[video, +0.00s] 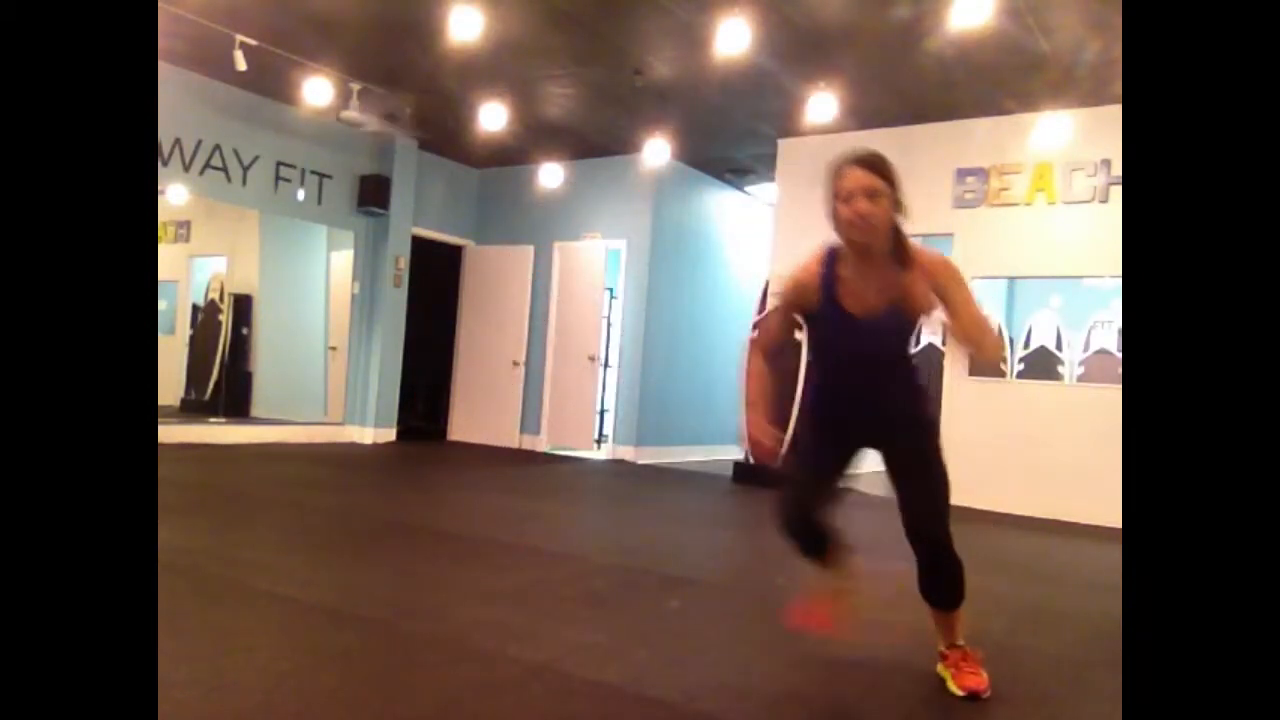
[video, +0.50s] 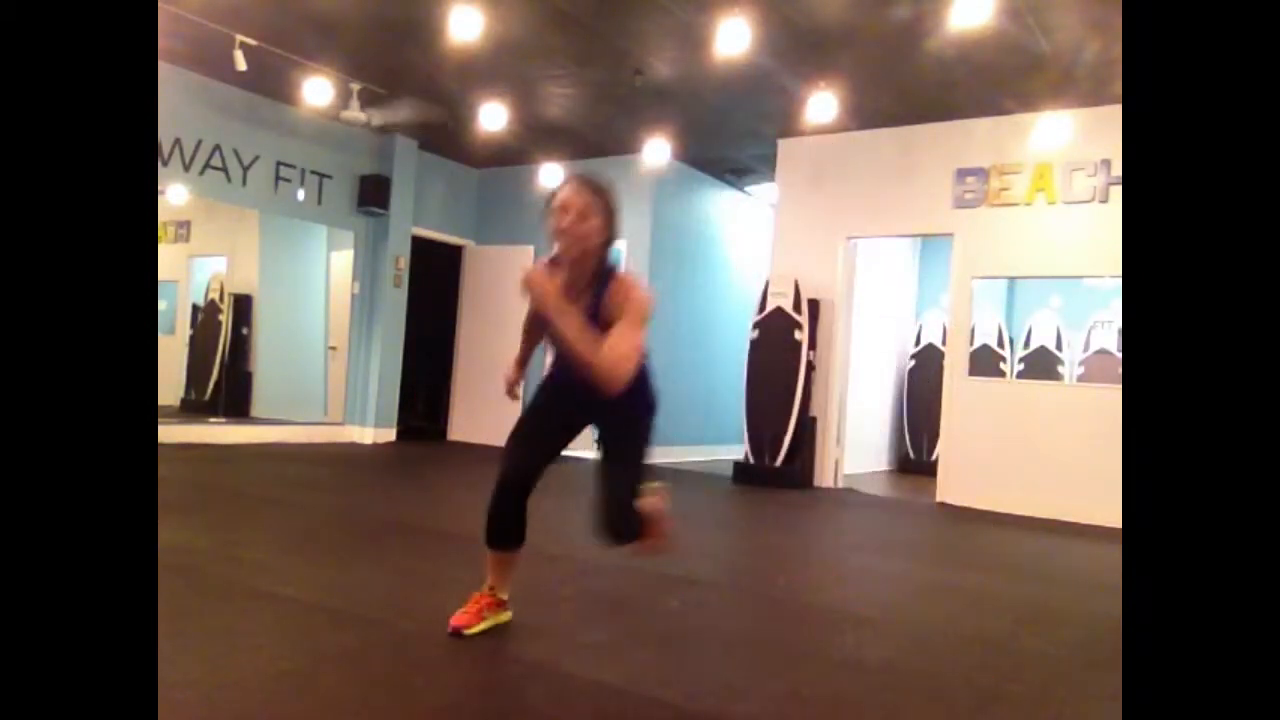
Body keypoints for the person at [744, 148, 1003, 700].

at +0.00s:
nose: (859, 208)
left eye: (872, 196)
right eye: (847, 198)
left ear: (894, 207)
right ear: (833, 211)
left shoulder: (928, 272)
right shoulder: (811, 278)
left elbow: (990, 350)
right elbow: (761, 347)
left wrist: (955, 314)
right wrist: (758, 418)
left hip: (899, 409)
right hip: (830, 410)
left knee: (930, 532)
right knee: (796, 515)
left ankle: (953, 647)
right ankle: (841, 571)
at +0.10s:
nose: (797, 158)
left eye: (810, 148)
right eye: (787, 148)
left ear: (835, 158)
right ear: (775, 159)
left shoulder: (865, 210)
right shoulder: (766, 234)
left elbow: (926, 247)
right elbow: (711, 284)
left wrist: (835, 210)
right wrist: (672, 336)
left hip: (850, 384)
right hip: (782, 381)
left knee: (903, 507)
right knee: (710, 442)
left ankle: (952, 643)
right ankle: (703, 542)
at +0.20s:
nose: (732, 121)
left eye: (747, 110)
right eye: (721, 111)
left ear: (773, 121)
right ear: (709, 124)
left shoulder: (800, 183)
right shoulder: (700, 197)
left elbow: (851, 225)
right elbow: (658, 243)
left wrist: (766, 198)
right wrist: (620, 296)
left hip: (790, 349)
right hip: (725, 344)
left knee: (860, 476)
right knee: (637, 423)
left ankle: (931, 602)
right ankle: (579, 524)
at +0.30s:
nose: (679, 126)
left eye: (690, 116)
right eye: (668, 117)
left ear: (712, 129)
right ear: (655, 133)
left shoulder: (734, 189)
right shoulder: (643, 199)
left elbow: (772, 246)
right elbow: (605, 250)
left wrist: (705, 215)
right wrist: (570, 300)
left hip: (729, 346)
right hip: (663, 343)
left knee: (784, 451)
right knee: (587, 440)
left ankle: (857, 554)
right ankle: (516, 540)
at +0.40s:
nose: (612, 174)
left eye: (624, 164)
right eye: (606, 166)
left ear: (653, 172)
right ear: (601, 177)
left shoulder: (679, 242)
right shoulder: (590, 234)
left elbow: (688, 306)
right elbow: (564, 283)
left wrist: (626, 255)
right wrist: (534, 333)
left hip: (665, 376)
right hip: (603, 372)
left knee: (704, 483)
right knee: (548, 470)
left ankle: (753, 515)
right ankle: (500, 588)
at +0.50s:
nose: (568, 224)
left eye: (583, 215)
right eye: (561, 213)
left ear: (606, 228)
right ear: (550, 223)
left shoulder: (629, 293)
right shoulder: (545, 277)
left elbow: (614, 374)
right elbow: (537, 322)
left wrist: (553, 304)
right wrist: (519, 365)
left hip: (623, 400)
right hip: (566, 388)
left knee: (618, 524)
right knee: (512, 480)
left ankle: (653, 513)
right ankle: (494, 595)